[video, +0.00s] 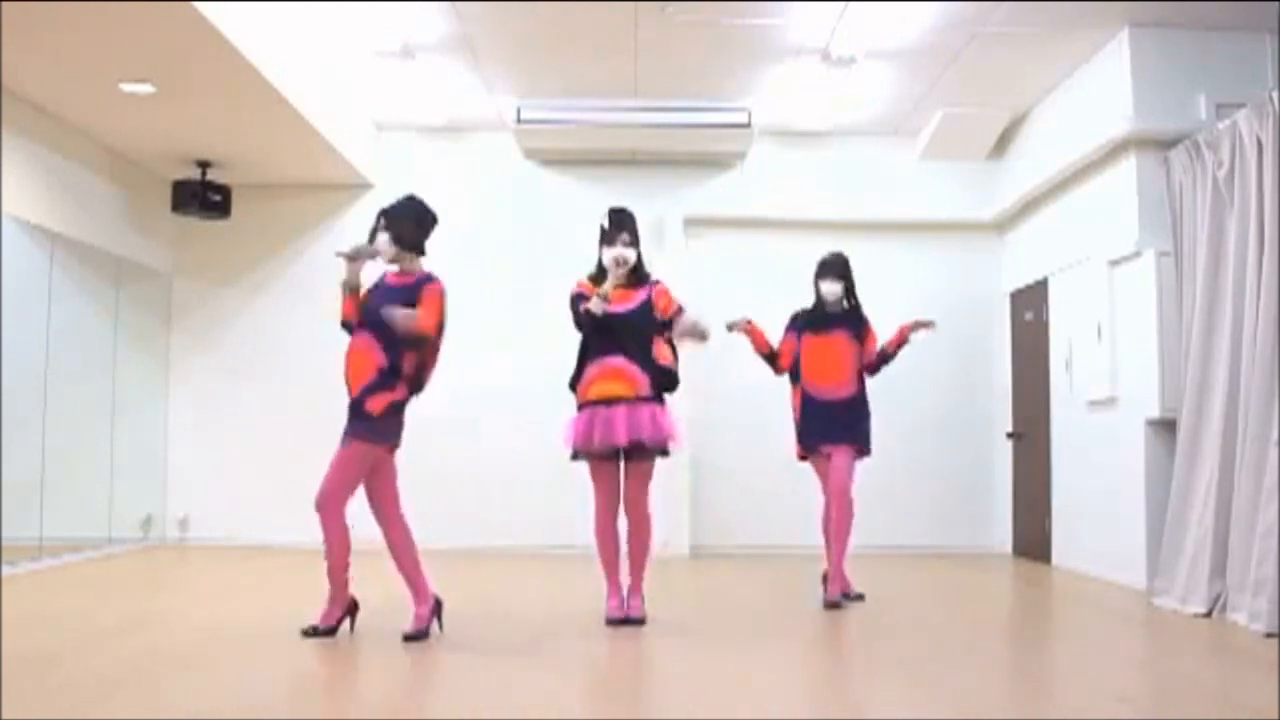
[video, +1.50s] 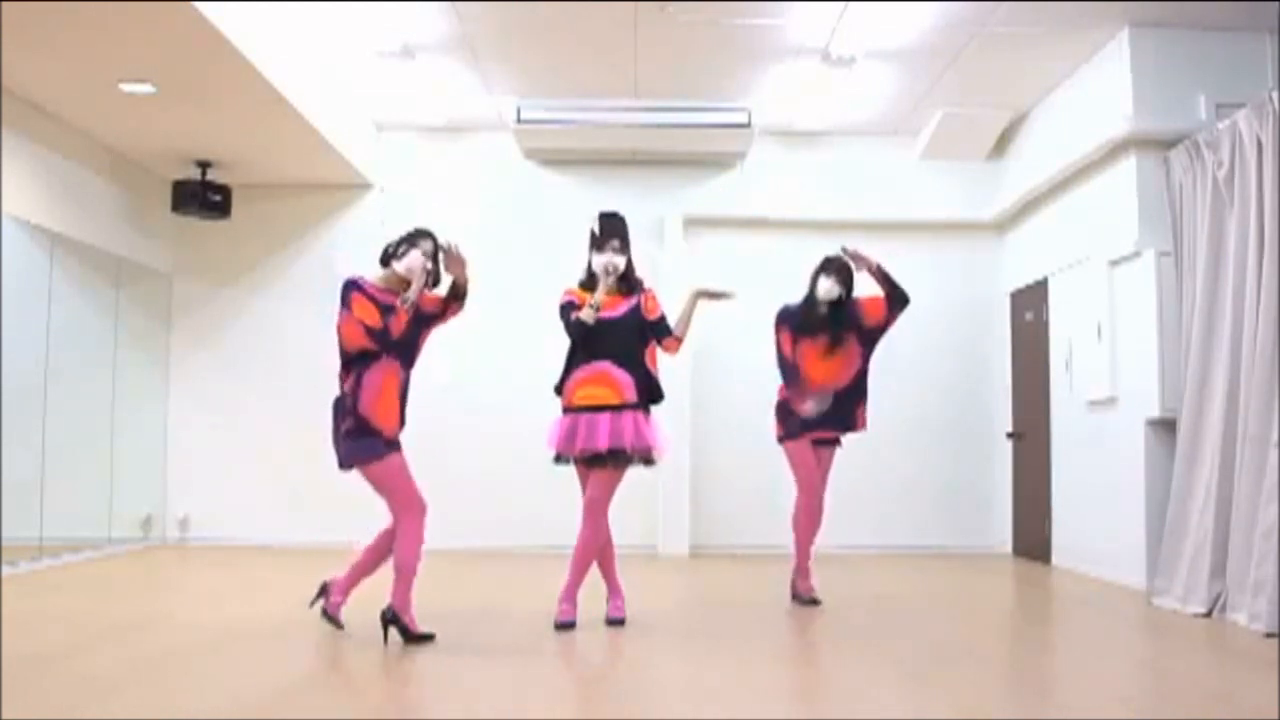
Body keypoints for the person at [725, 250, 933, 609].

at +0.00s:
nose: (830, 288)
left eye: (837, 281)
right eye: (824, 280)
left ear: (847, 284)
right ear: (815, 283)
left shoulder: (856, 322)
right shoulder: (801, 322)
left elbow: (870, 365)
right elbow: (781, 366)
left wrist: (902, 336)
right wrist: (752, 333)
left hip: (848, 413)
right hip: (813, 415)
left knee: (840, 490)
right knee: (831, 494)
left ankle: (835, 575)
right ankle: (836, 574)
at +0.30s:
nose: (806, 284)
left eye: (809, 279)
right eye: (808, 279)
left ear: (814, 280)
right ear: (841, 280)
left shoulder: (808, 316)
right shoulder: (858, 319)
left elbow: (784, 355)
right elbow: (874, 364)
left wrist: (767, 320)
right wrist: (876, 329)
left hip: (822, 410)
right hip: (851, 410)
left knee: (820, 493)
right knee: (827, 493)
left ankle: (847, 576)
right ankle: (849, 573)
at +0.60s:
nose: (845, 281)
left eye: (841, 275)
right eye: (840, 275)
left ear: (815, 281)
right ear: (832, 279)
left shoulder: (816, 313)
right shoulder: (831, 313)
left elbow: (844, 343)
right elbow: (830, 353)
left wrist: (879, 347)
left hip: (807, 413)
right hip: (832, 413)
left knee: (813, 490)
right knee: (840, 491)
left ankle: (773, 564)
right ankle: (824, 575)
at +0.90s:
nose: (845, 289)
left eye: (850, 282)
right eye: (838, 281)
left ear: (857, 286)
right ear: (824, 282)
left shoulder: (852, 325)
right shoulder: (803, 313)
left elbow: (859, 377)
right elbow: (758, 342)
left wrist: (861, 428)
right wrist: (787, 368)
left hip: (830, 415)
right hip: (797, 409)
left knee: (808, 491)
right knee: (815, 487)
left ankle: (778, 566)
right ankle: (818, 571)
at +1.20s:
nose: (836, 290)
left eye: (843, 284)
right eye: (833, 282)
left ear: (851, 288)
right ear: (825, 281)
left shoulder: (859, 321)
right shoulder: (795, 313)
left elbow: (895, 315)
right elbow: (751, 341)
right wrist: (783, 370)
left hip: (834, 411)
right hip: (798, 409)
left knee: (813, 491)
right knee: (811, 491)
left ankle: (801, 569)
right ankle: (817, 573)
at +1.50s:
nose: (829, 288)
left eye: (837, 283)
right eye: (825, 279)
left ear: (845, 289)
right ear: (814, 280)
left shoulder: (858, 318)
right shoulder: (790, 317)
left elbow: (898, 301)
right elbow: (786, 363)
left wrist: (873, 268)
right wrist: (801, 395)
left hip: (834, 415)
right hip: (794, 412)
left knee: (816, 491)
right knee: (809, 486)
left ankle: (802, 570)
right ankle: (802, 572)